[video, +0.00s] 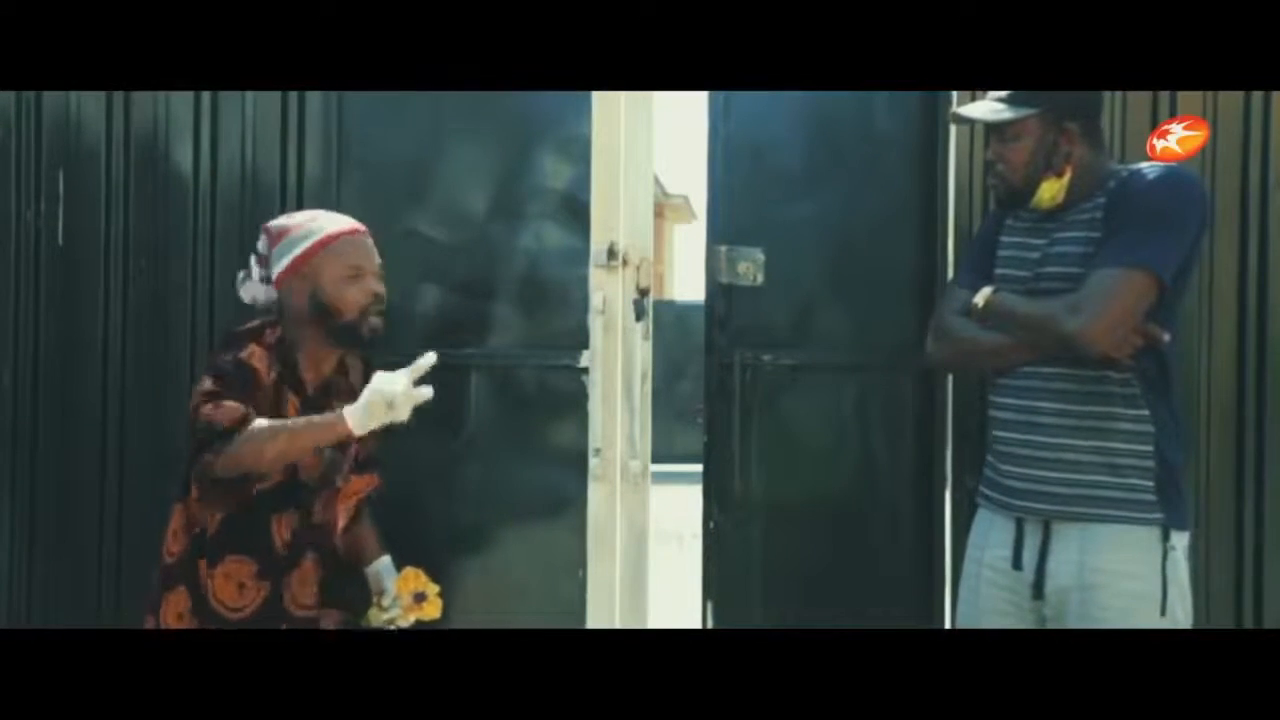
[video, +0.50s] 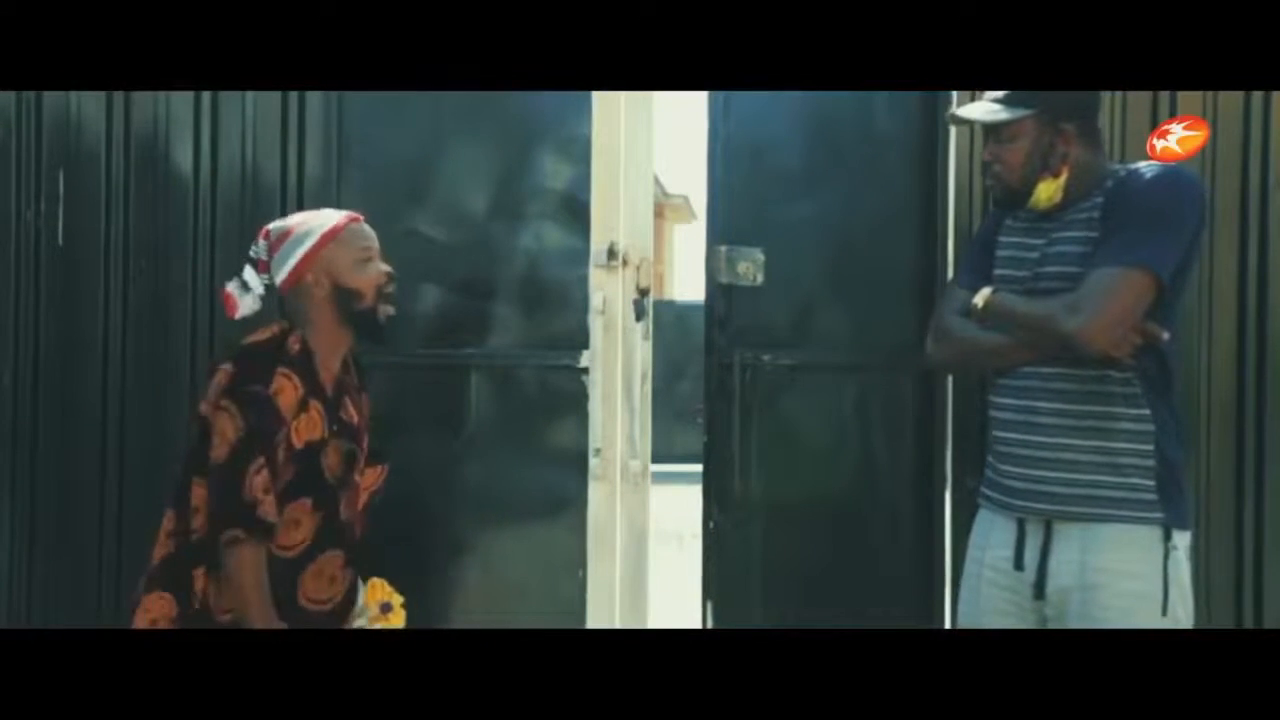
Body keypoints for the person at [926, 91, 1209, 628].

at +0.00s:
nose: (991, 154)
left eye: (1008, 138)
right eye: (990, 138)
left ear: (1067, 138)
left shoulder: (1163, 190)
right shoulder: (1005, 216)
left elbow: (1095, 329)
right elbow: (941, 342)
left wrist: (984, 300)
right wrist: (1071, 329)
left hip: (1120, 527)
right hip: (1002, 515)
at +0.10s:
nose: (990, 154)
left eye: (1007, 138)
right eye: (990, 138)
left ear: (1066, 138)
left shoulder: (1162, 190)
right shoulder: (1005, 216)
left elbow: (1095, 328)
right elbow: (940, 342)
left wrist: (984, 300)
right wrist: (1071, 331)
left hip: (1121, 527)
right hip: (1002, 515)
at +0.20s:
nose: (989, 154)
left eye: (1006, 138)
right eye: (989, 138)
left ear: (1066, 138)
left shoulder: (1162, 189)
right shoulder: (1004, 217)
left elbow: (1095, 328)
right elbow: (941, 343)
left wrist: (984, 300)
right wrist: (1072, 331)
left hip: (1121, 528)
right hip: (1003, 516)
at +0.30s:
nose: (989, 155)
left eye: (1006, 138)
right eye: (988, 139)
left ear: (1065, 139)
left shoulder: (1161, 190)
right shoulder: (1005, 216)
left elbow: (1095, 328)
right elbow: (941, 343)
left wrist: (984, 299)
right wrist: (1071, 331)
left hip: (1121, 528)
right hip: (1003, 516)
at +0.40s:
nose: (988, 155)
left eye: (1005, 139)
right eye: (988, 139)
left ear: (1064, 139)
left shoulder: (1160, 190)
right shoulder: (1005, 216)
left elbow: (1095, 328)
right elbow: (941, 343)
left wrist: (984, 300)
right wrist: (1071, 331)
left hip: (1121, 527)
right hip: (1003, 516)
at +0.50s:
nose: (987, 156)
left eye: (1004, 139)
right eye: (986, 139)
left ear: (1063, 140)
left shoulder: (1160, 189)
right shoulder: (1005, 215)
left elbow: (1093, 328)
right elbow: (941, 343)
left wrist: (983, 300)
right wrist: (1071, 331)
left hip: (1121, 528)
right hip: (1003, 516)